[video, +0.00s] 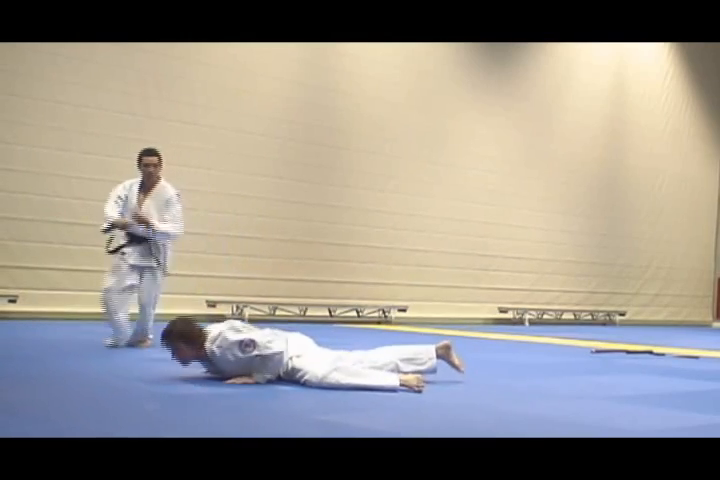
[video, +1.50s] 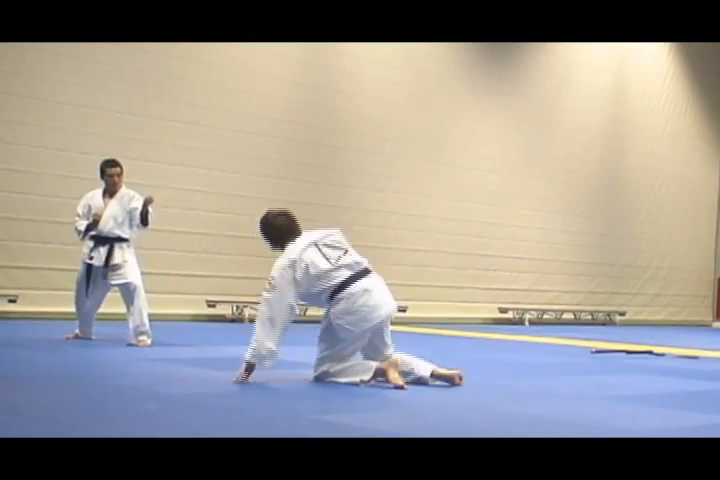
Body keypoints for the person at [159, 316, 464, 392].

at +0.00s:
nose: (175, 359)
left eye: (175, 353)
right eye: (173, 354)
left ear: (189, 344)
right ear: (189, 341)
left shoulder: (223, 341)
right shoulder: (210, 347)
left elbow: (272, 347)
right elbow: (237, 356)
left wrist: (255, 374)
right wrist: (220, 370)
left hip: (292, 355)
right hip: (292, 350)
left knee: (324, 377)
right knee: (357, 363)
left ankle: (397, 381)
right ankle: (434, 353)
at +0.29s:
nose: (186, 310)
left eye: (189, 304)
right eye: (185, 304)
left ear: (204, 302)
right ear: (203, 302)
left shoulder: (237, 319)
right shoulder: (212, 322)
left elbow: (278, 352)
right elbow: (237, 348)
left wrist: (260, 379)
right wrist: (229, 369)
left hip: (297, 355)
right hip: (292, 353)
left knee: (325, 376)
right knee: (359, 364)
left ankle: (399, 381)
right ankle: (435, 348)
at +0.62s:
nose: (207, 274)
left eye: (208, 269)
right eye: (206, 269)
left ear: (222, 266)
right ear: (229, 262)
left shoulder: (252, 281)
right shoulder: (241, 286)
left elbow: (262, 330)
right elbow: (237, 330)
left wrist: (257, 373)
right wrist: (229, 366)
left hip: (311, 322)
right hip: (308, 330)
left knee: (318, 372)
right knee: (368, 365)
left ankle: (388, 373)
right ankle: (437, 349)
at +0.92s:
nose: (231, 276)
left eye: (230, 272)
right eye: (229, 272)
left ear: (239, 270)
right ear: (252, 261)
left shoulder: (275, 278)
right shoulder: (265, 280)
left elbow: (273, 329)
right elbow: (250, 324)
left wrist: (260, 373)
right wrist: (233, 364)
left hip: (345, 302)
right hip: (350, 300)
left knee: (318, 370)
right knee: (374, 365)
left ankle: (387, 369)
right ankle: (440, 360)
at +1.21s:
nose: (261, 280)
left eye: (259, 274)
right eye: (258, 275)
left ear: (268, 271)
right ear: (282, 258)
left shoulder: (297, 278)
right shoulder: (302, 270)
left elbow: (288, 331)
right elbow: (283, 320)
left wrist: (264, 375)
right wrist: (259, 347)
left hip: (366, 308)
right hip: (383, 302)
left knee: (329, 369)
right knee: (375, 368)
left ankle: (380, 370)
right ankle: (438, 366)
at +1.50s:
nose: (267, 243)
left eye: (266, 238)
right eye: (266, 237)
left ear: (273, 239)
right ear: (293, 226)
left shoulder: (286, 264)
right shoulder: (325, 236)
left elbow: (272, 316)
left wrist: (251, 360)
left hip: (353, 304)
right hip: (379, 292)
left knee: (326, 370)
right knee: (381, 359)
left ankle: (379, 371)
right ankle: (437, 374)